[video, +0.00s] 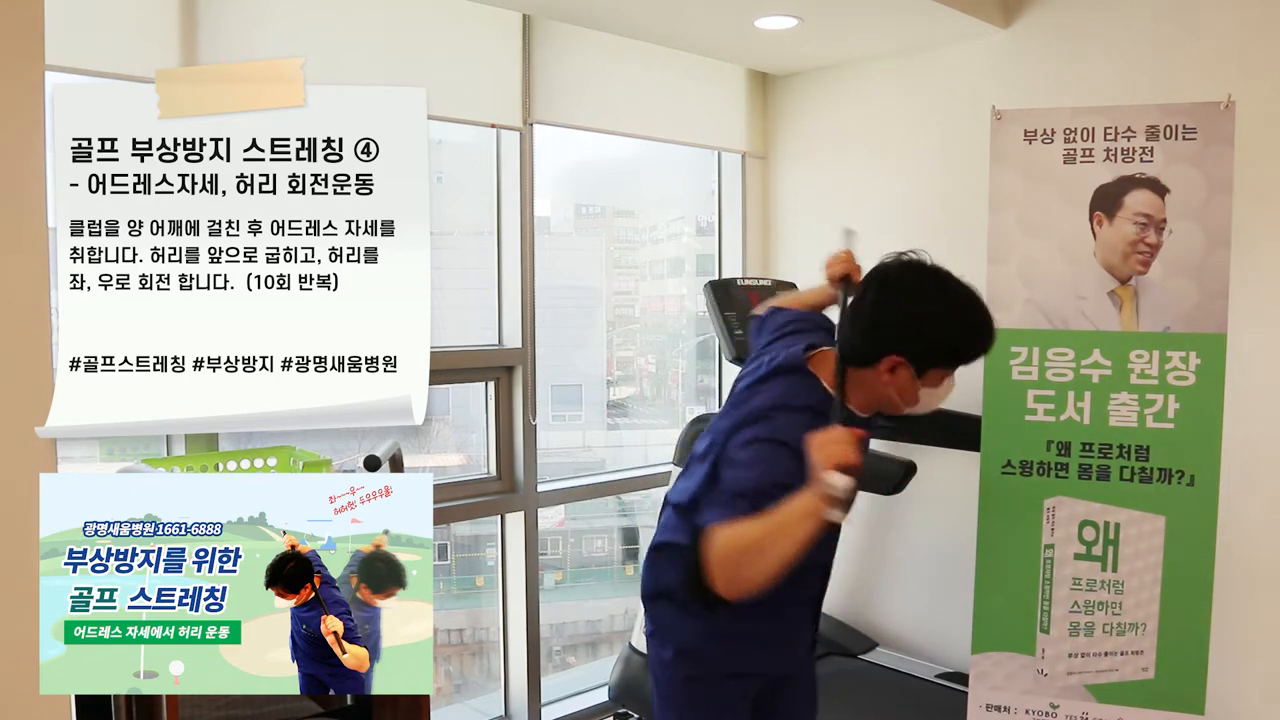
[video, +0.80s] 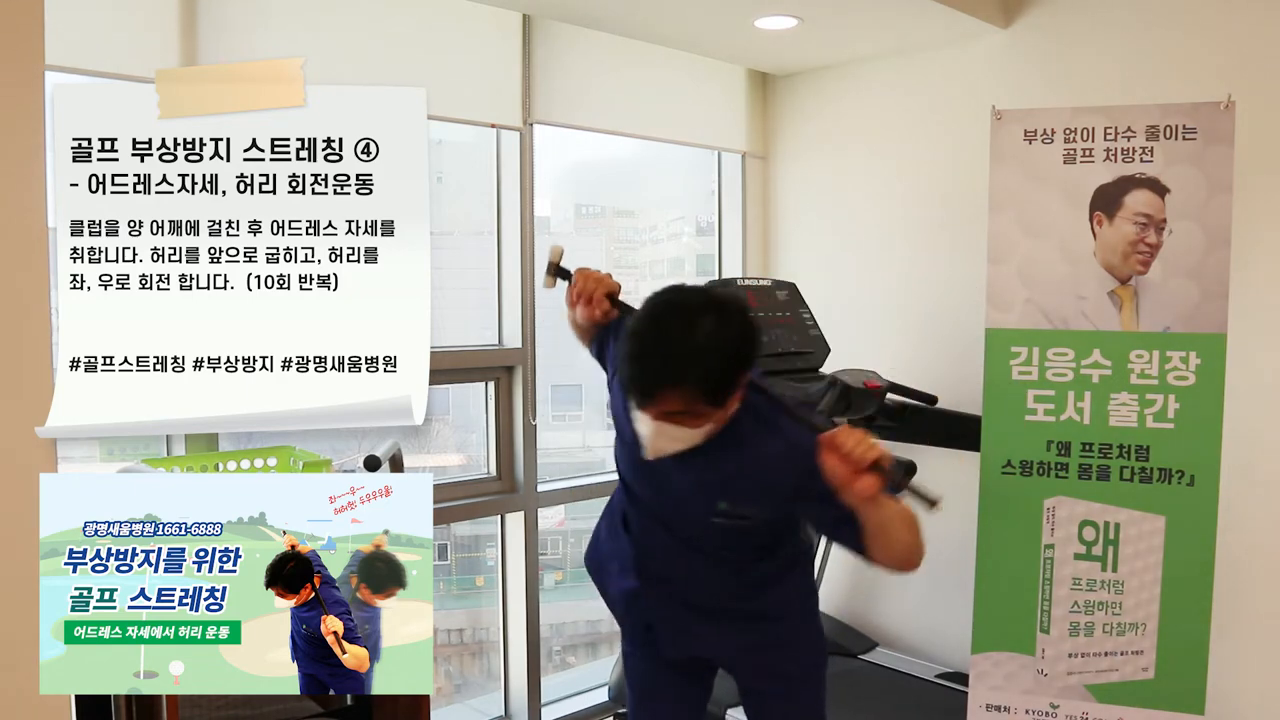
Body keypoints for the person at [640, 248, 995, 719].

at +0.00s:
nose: (941, 388)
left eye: (945, 378)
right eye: (938, 378)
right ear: (893, 372)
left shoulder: (805, 337)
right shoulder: (778, 426)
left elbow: (769, 310)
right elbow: (728, 576)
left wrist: (830, 290)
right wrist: (822, 494)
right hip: (710, 651)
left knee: (791, 710)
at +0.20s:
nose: (892, 413)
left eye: (907, 403)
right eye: (889, 401)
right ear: (840, 366)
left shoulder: (856, 393)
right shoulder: (741, 396)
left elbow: (915, 420)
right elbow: (599, 493)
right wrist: (696, 442)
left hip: (792, 626)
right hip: (692, 631)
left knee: (799, 711)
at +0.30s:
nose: (859, 421)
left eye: (870, 408)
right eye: (844, 406)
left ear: (889, 380)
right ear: (794, 360)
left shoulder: (858, 397)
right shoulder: (703, 395)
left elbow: (908, 417)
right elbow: (560, 439)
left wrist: (937, 377)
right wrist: (637, 401)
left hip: (792, 631)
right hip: (683, 631)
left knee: (801, 714)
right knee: (677, 712)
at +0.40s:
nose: (819, 427)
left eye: (840, 411)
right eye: (805, 407)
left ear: (864, 390)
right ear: (766, 360)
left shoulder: (872, 405)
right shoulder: (692, 385)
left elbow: (929, 430)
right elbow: (556, 412)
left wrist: (946, 395)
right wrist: (609, 377)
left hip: (789, 621)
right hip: (678, 621)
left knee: (802, 710)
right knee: (674, 711)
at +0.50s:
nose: (772, 426)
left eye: (795, 410)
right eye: (758, 407)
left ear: (824, 387)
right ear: (726, 368)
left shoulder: (857, 416)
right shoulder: (669, 374)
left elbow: (940, 471)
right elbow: (557, 381)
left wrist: (942, 433)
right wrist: (586, 350)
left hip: (784, 614)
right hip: (668, 608)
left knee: (799, 711)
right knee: (669, 711)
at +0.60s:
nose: (731, 426)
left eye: (759, 413)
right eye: (717, 405)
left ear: (794, 394)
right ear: (698, 368)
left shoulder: (841, 423)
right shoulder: (656, 366)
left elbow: (937, 501)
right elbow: (570, 366)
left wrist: (928, 454)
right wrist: (581, 340)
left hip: (780, 618)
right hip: (663, 609)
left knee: (797, 712)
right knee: (663, 713)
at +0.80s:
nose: (657, 427)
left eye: (682, 418)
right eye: (645, 410)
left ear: (734, 398)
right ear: (638, 372)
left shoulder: (785, 446)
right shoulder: (637, 356)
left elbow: (905, 556)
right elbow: (597, 334)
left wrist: (869, 499)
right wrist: (587, 314)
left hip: (767, 623)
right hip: (656, 607)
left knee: (790, 707)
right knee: (656, 707)